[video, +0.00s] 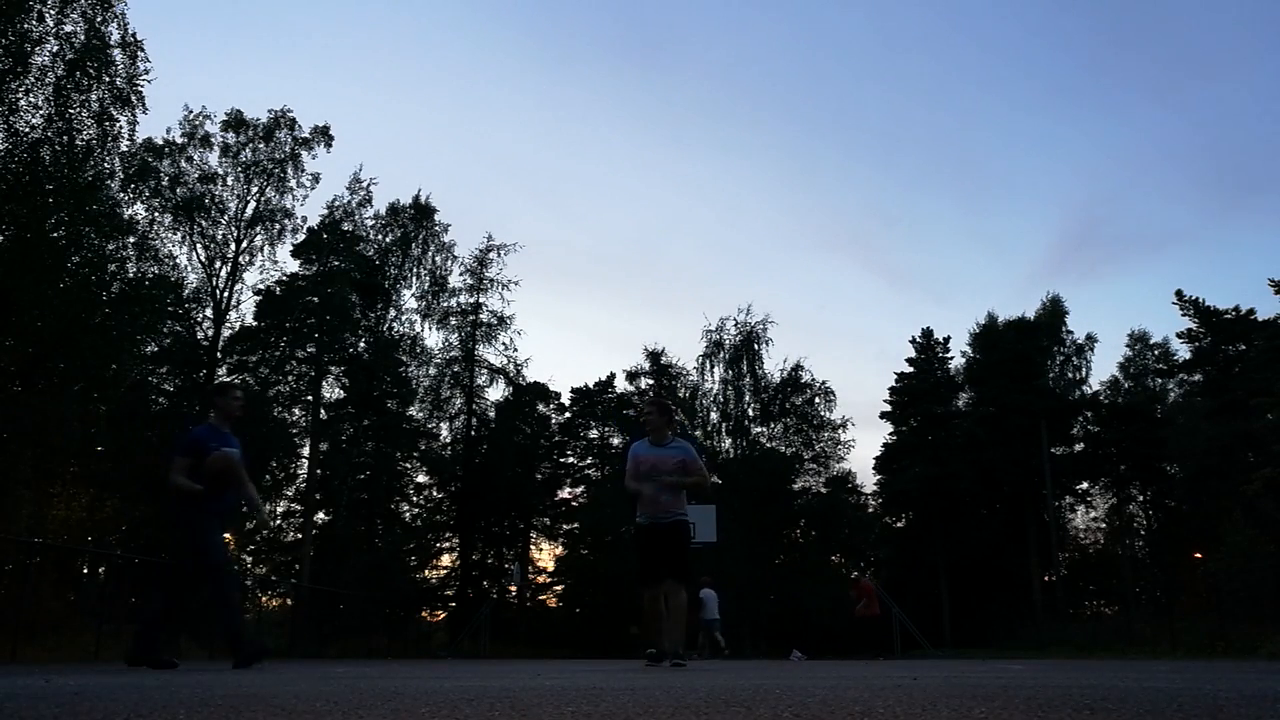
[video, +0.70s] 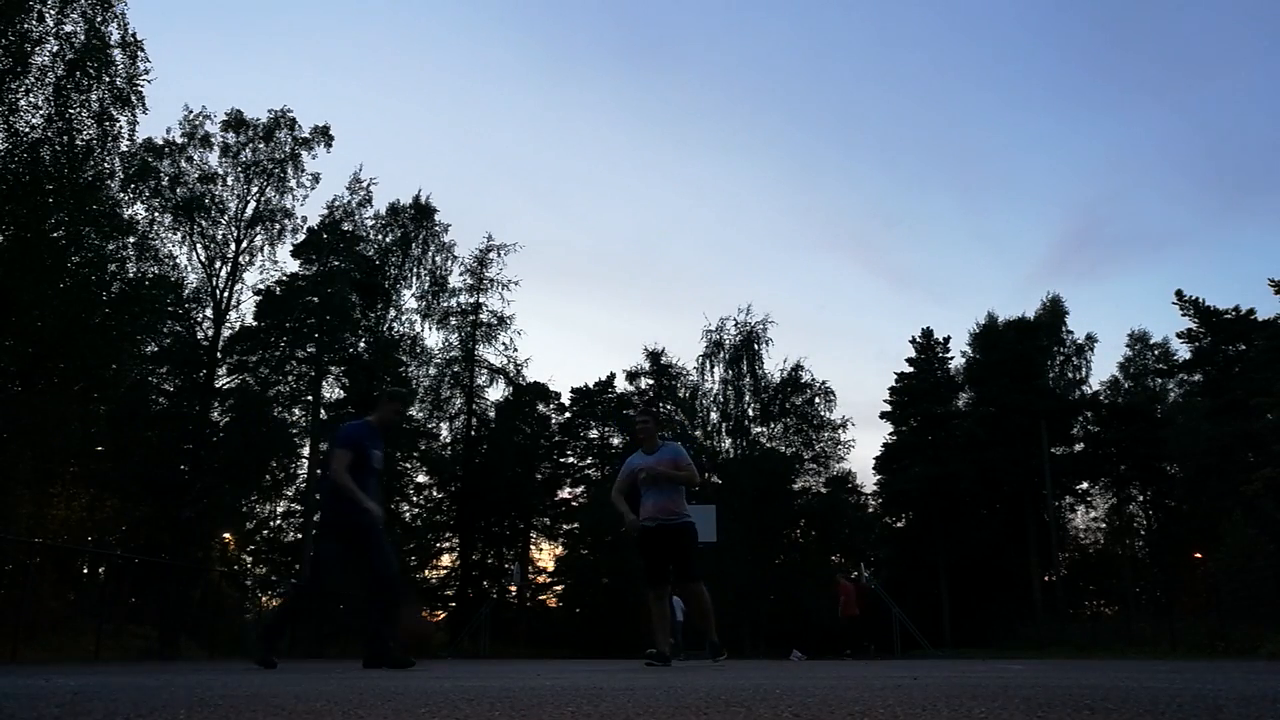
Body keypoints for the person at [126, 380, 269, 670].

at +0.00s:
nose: (239, 405)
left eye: (240, 401)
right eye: (234, 400)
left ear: (235, 406)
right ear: (219, 402)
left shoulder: (232, 441)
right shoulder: (198, 435)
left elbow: (242, 479)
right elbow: (176, 476)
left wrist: (259, 509)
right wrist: (199, 489)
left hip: (215, 521)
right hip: (194, 521)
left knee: (181, 583)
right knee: (224, 581)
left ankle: (148, 648)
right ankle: (240, 651)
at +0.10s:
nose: (260, 404)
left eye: (260, 399)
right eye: (255, 399)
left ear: (251, 404)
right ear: (238, 401)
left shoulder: (252, 439)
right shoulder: (219, 434)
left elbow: (258, 484)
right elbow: (198, 476)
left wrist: (273, 520)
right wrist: (225, 487)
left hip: (239, 519)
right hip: (218, 519)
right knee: (244, 579)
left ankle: (164, 641)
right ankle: (246, 652)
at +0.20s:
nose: (280, 399)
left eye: (279, 395)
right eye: (275, 394)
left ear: (268, 398)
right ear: (260, 396)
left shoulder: (270, 432)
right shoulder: (238, 428)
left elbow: (274, 481)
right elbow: (219, 470)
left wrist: (280, 520)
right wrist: (252, 467)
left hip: (261, 513)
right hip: (242, 513)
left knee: (258, 579)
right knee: (256, 578)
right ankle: (247, 651)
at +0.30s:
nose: (302, 396)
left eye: (303, 392)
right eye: (298, 391)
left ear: (294, 394)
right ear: (282, 390)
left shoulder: (288, 426)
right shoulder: (260, 421)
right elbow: (242, 458)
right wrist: (279, 448)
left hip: (279, 509)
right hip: (258, 509)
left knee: (288, 574)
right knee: (261, 575)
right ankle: (247, 650)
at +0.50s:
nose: (345, 407)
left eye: (349, 402)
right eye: (343, 400)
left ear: (347, 403)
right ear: (331, 395)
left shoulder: (332, 433)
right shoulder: (303, 424)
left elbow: (325, 469)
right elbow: (284, 457)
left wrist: (352, 462)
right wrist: (322, 465)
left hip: (316, 514)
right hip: (290, 513)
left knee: (331, 579)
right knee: (271, 579)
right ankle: (248, 651)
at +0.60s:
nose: (372, 414)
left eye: (376, 409)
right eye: (370, 407)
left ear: (373, 411)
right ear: (357, 401)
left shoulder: (353, 438)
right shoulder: (328, 426)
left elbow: (339, 478)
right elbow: (314, 469)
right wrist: (350, 498)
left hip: (335, 513)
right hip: (313, 511)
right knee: (289, 579)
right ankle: (254, 649)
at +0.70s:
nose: (398, 417)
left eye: (400, 412)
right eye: (396, 411)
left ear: (386, 408)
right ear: (384, 406)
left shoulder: (375, 439)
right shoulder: (354, 432)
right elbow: (338, 472)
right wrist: (367, 503)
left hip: (361, 522)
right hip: (346, 521)